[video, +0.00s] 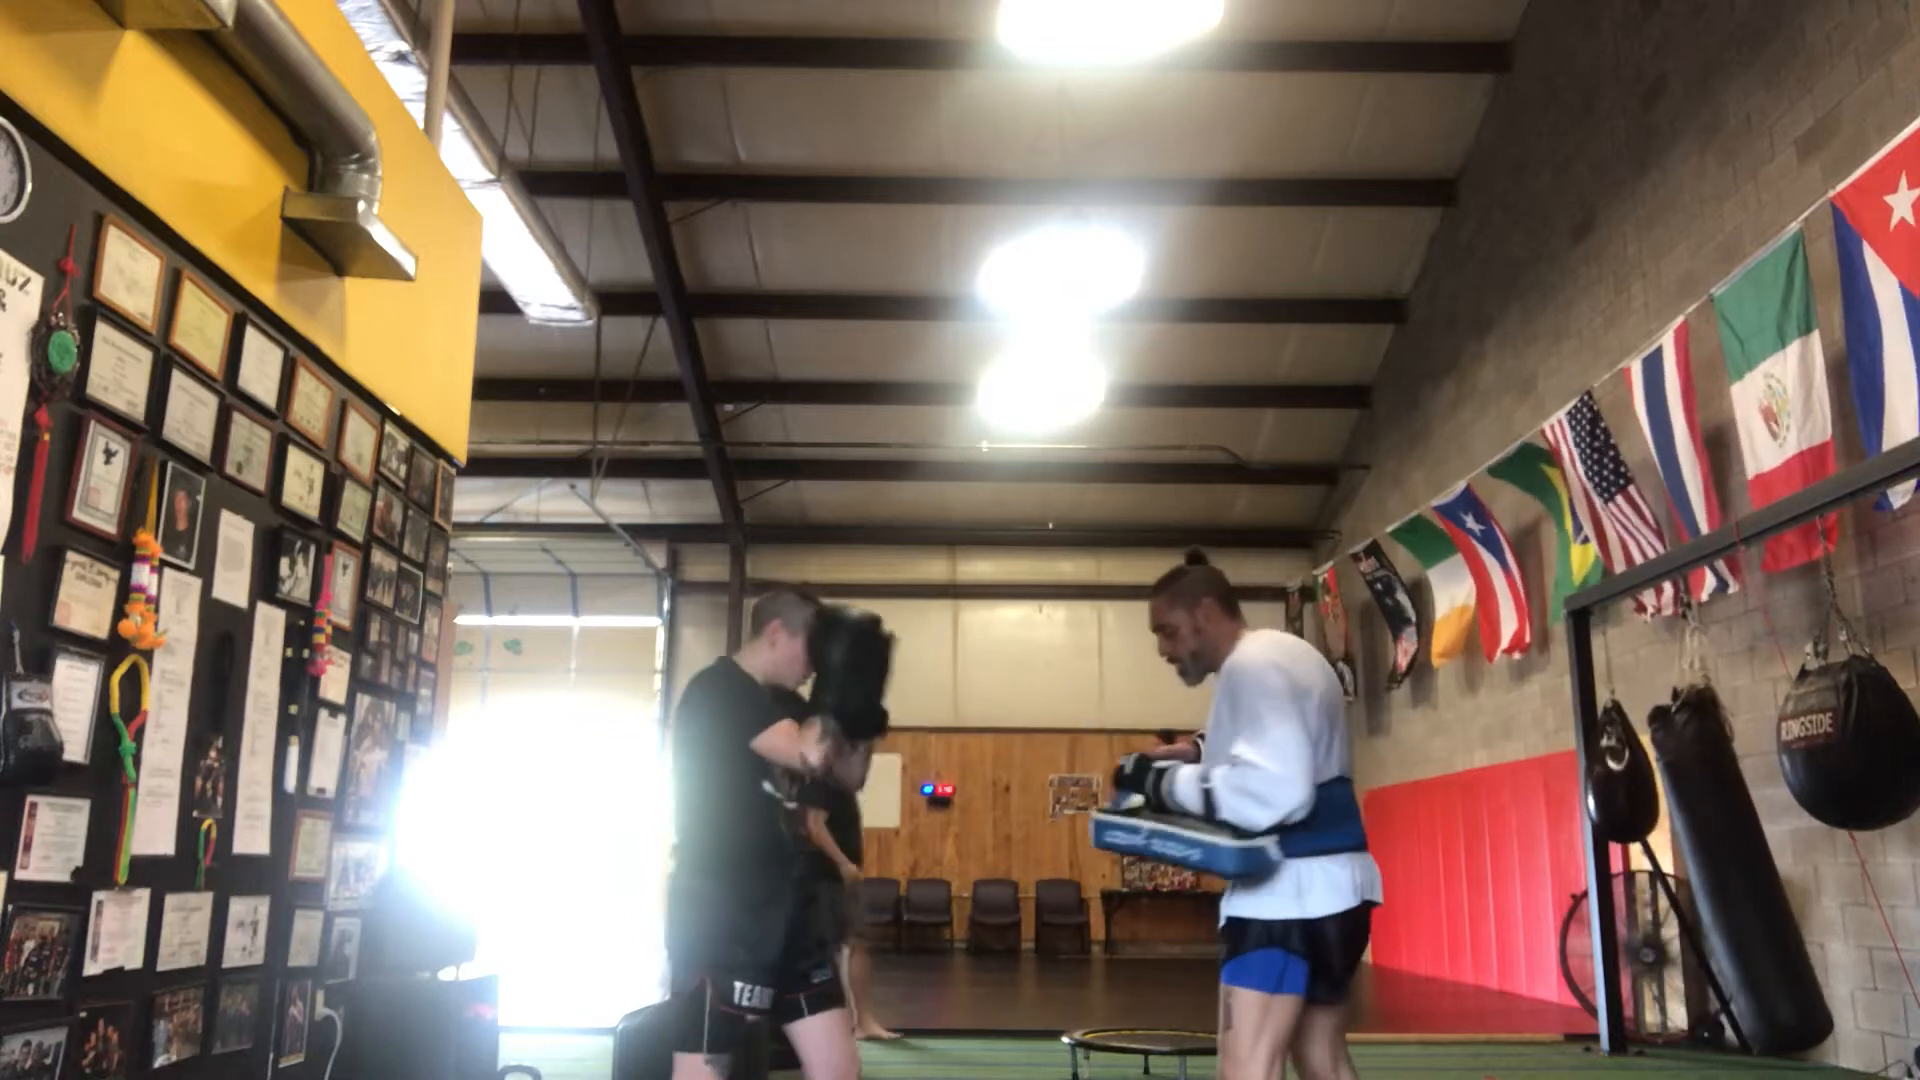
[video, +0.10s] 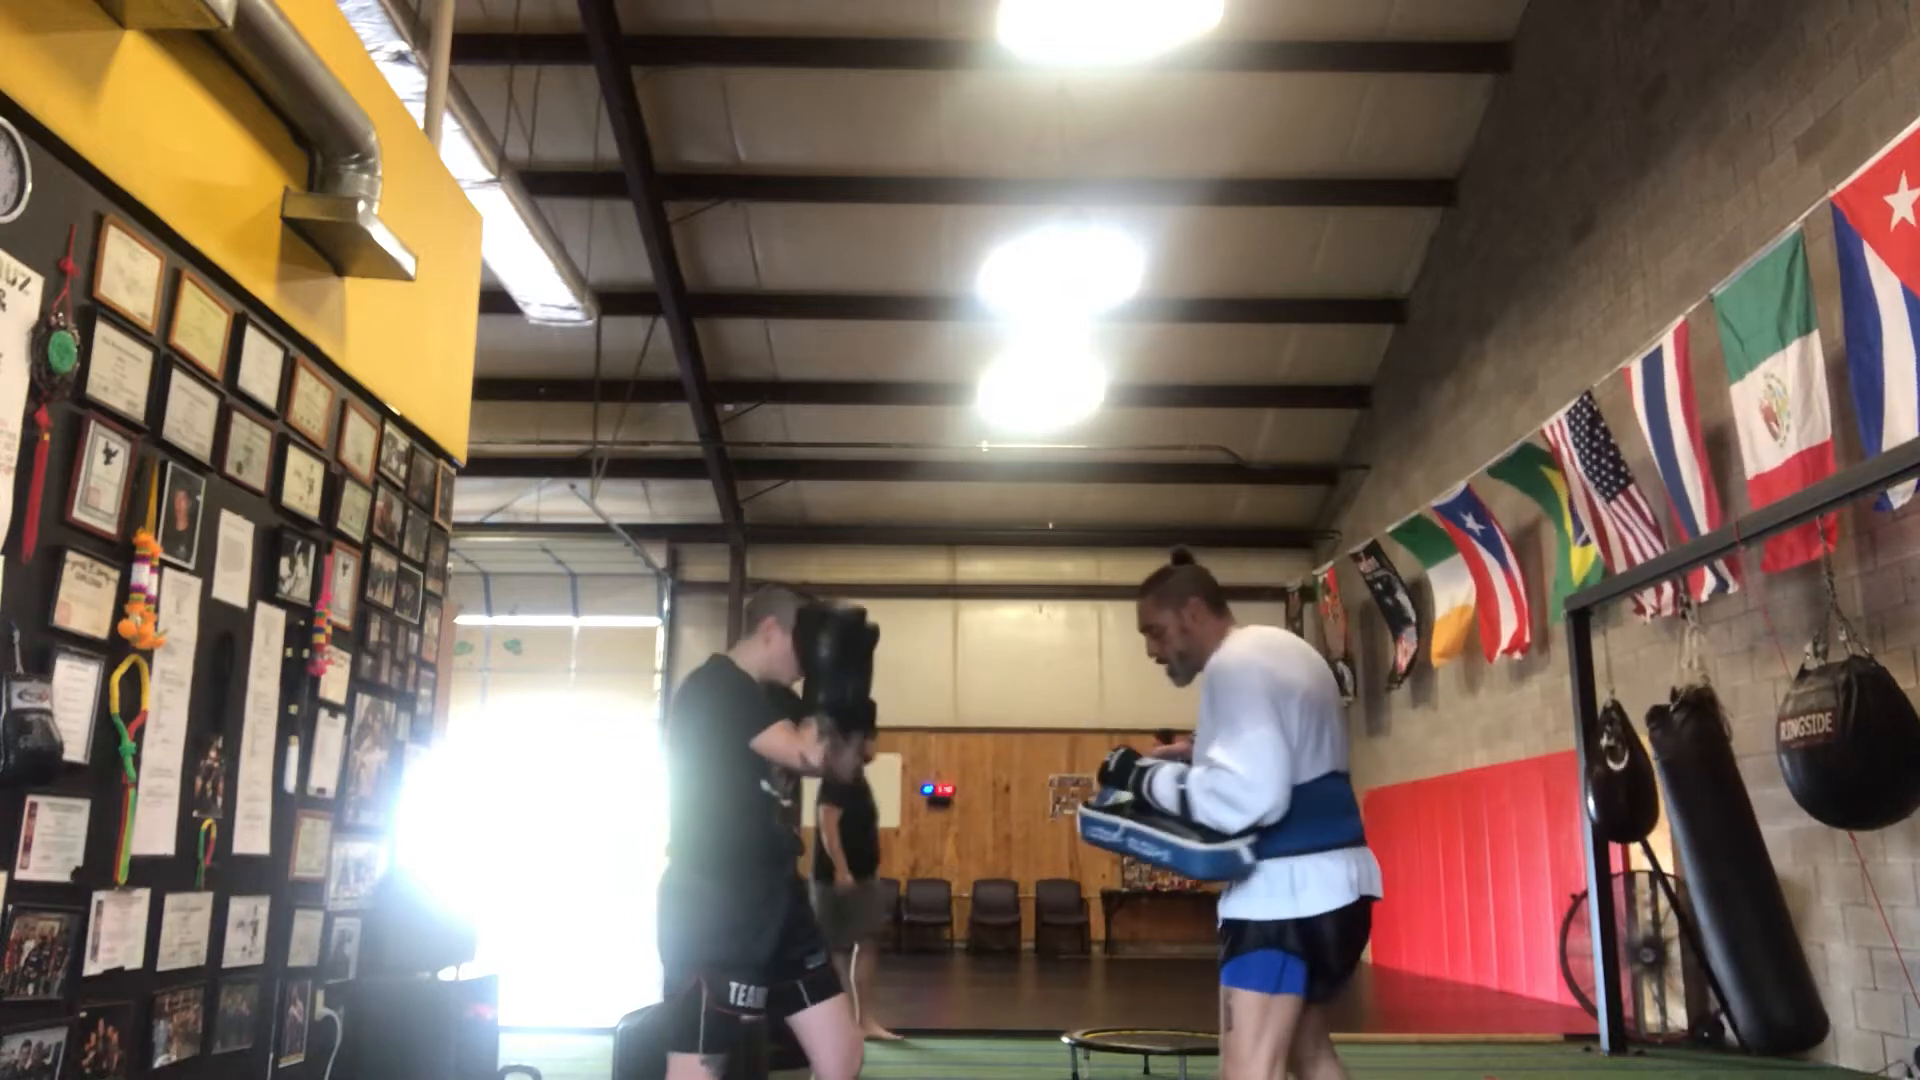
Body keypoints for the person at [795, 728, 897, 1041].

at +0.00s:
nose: (863, 760)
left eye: (864, 753)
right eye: (859, 753)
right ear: (839, 750)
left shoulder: (841, 784)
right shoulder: (822, 782)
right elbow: (815, 824)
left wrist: (851, 860)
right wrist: (843, 862)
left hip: (843, 872)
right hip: (831, 875)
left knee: (843, 946)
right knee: (854, 943)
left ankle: (846, 1017)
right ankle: (862, 1017)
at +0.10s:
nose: (875, 746)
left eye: (874, 738)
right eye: (870, 738)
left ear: (866, 740)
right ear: (856, 739)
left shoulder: (856, 775)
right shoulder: (839, 774)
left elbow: (856, 824)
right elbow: (828, 822)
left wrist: (866, 865)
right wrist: (840, 868)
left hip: (862, 875)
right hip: (837, 879)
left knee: (867, 946)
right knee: (839, 951)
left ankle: (865, 1017)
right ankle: (843, 1021)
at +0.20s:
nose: (890, 748)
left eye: (889, 741)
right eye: (887, 741)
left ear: (873, 741)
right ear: (874, 742)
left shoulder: (870, 775)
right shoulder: (857, 774)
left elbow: (873, 825)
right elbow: (841, 819)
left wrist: (884, 871)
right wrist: (840, 866)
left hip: (873, 874)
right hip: (858, 875)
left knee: (860, 946)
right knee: (859, 946)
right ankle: (864, 1022)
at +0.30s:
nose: (902, 747)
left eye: (902, 741)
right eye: (899, 741)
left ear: (886, 742)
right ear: (885, 742)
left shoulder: (884, 775)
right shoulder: (866, 773)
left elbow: (879, 821)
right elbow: (850, 821)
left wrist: (895, 859)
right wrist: (844, 866)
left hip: (885, 867)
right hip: (868, 869)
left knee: (878, 943)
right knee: (871, 942)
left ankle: (865, 1016)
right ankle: (844, 1013)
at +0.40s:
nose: (914, 750)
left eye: (914, 744)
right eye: (910, 744)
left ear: (901, 746)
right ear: (897, 744)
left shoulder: (900, 781)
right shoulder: (875, 777)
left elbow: (906, 828)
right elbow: (858, 819)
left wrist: (939, 852)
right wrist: (858, 865)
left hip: (890, 870)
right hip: (885, 871)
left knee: (872, 945)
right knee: (898, 941)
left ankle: (865, 1020)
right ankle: (889, 1019)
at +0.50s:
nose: (928, 748)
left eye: (928, 742)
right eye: (924, 742)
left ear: (915, 745)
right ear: (911, 743)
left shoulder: (910, 781)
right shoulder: (891, 777)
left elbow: (921, 829)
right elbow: (872, 821)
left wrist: (960, 850)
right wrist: (874, 865)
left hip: (904, 873)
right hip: (898, 875)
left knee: (878, 949)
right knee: (917, 947)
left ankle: (865, 1020)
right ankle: (937, 1023)